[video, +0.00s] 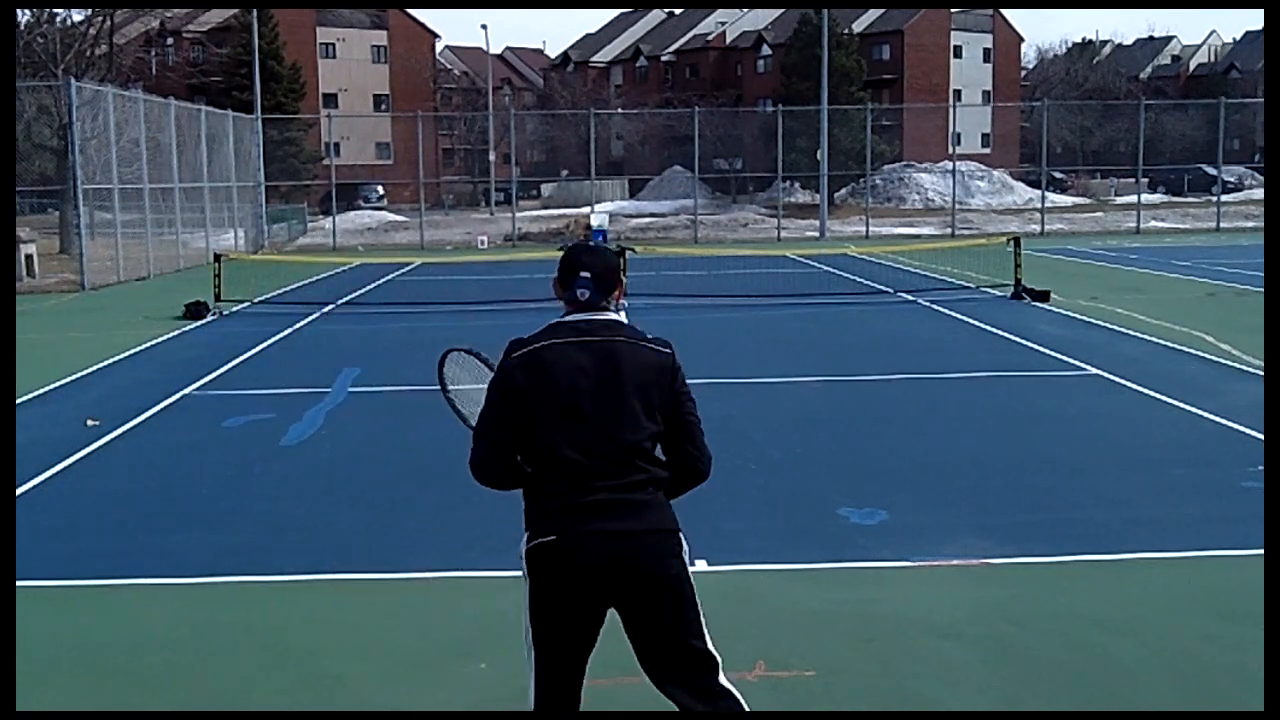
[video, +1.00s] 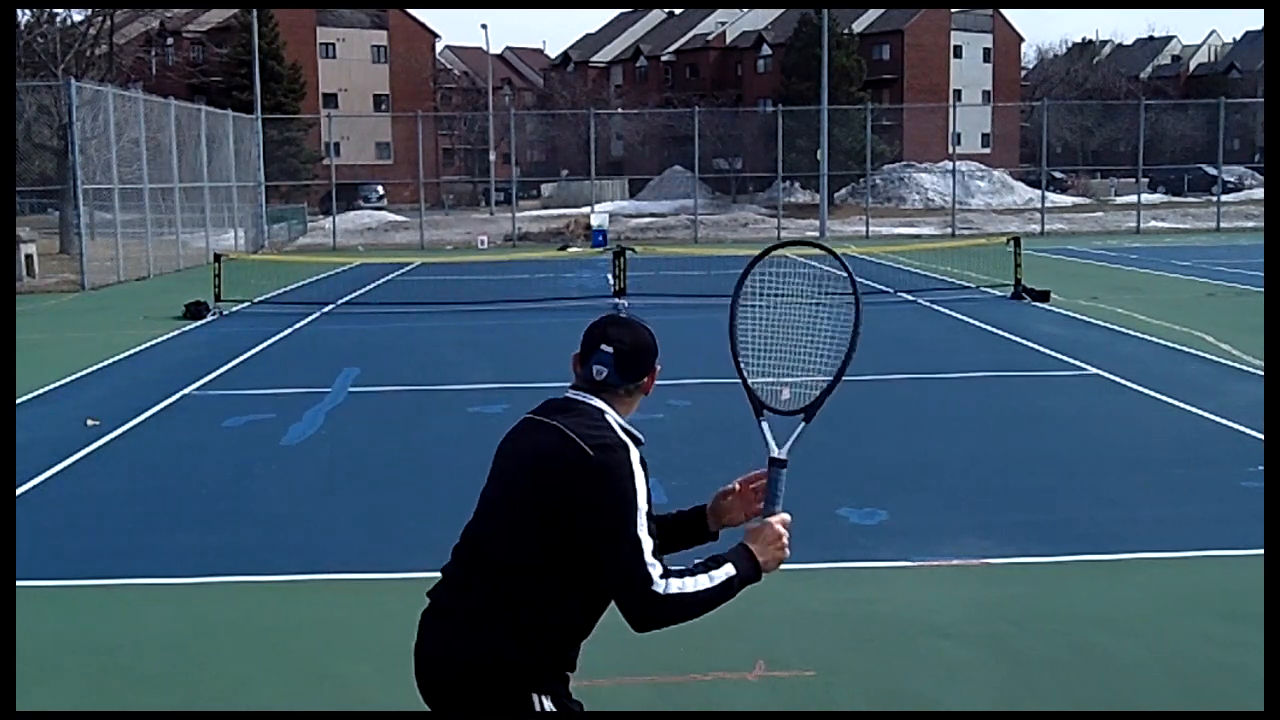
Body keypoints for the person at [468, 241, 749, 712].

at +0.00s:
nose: (555, 291)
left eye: (556, 286)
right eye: (625, 286)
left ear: (559, 292)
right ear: (621, 292)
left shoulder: (523, 357)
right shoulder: (657, 355)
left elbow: (487, 465)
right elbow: (694, 462)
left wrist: (542, 471)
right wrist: (643, 488)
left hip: (561, 553)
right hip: (649, 545)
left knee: (554, 695)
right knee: (698, 681)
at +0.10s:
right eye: (653, 296)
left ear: (588, 304)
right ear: (652, 303)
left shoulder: (555, 373)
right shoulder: (691, 369)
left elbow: (518, 485)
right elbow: (732, 480)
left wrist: (574, 491)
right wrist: (677, 505)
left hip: (592, 574)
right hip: (682, 569)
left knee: (575, 699)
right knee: (732, 699)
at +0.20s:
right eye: (680, 322)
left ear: (613, 331)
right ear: (679, 329)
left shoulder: (582, 404)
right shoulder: (718, 399)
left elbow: (549, 519)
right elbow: (764, 511)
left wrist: (603, 531)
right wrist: (711, 544)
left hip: (622, 607)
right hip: (715, 601)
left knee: (606, 712)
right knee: (748, 711)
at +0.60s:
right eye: (685, 343)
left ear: (613, 340)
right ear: (683, 346)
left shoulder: (566, 412)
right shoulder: (685, 414)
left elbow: (573, 514)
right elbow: (734, 553)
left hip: (569, 619)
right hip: (661, 624)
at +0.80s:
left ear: (591, 344)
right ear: (664, 353)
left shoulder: (551, 410)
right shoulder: (647, 426)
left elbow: (610, 525)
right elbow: (678, 576)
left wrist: (707, 487)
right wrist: (737, 545)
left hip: (509, 632)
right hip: (593, 643)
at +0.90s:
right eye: (667, 360)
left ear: (584, 359)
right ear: (659, 369)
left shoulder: (546, 419)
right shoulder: (635, 446)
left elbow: (611, 535)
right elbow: (672, 596)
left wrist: (707, 496)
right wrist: (747, 553)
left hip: (477, 649)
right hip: (551, 667)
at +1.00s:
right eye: (657, 372)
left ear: (576, 365)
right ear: (650, 381)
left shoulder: (536, 426)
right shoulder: (611, 451)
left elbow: (603, 544)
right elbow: (648, 604)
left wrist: (709, 519)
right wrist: (749, 559)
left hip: (445, 653)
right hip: (514, 675)